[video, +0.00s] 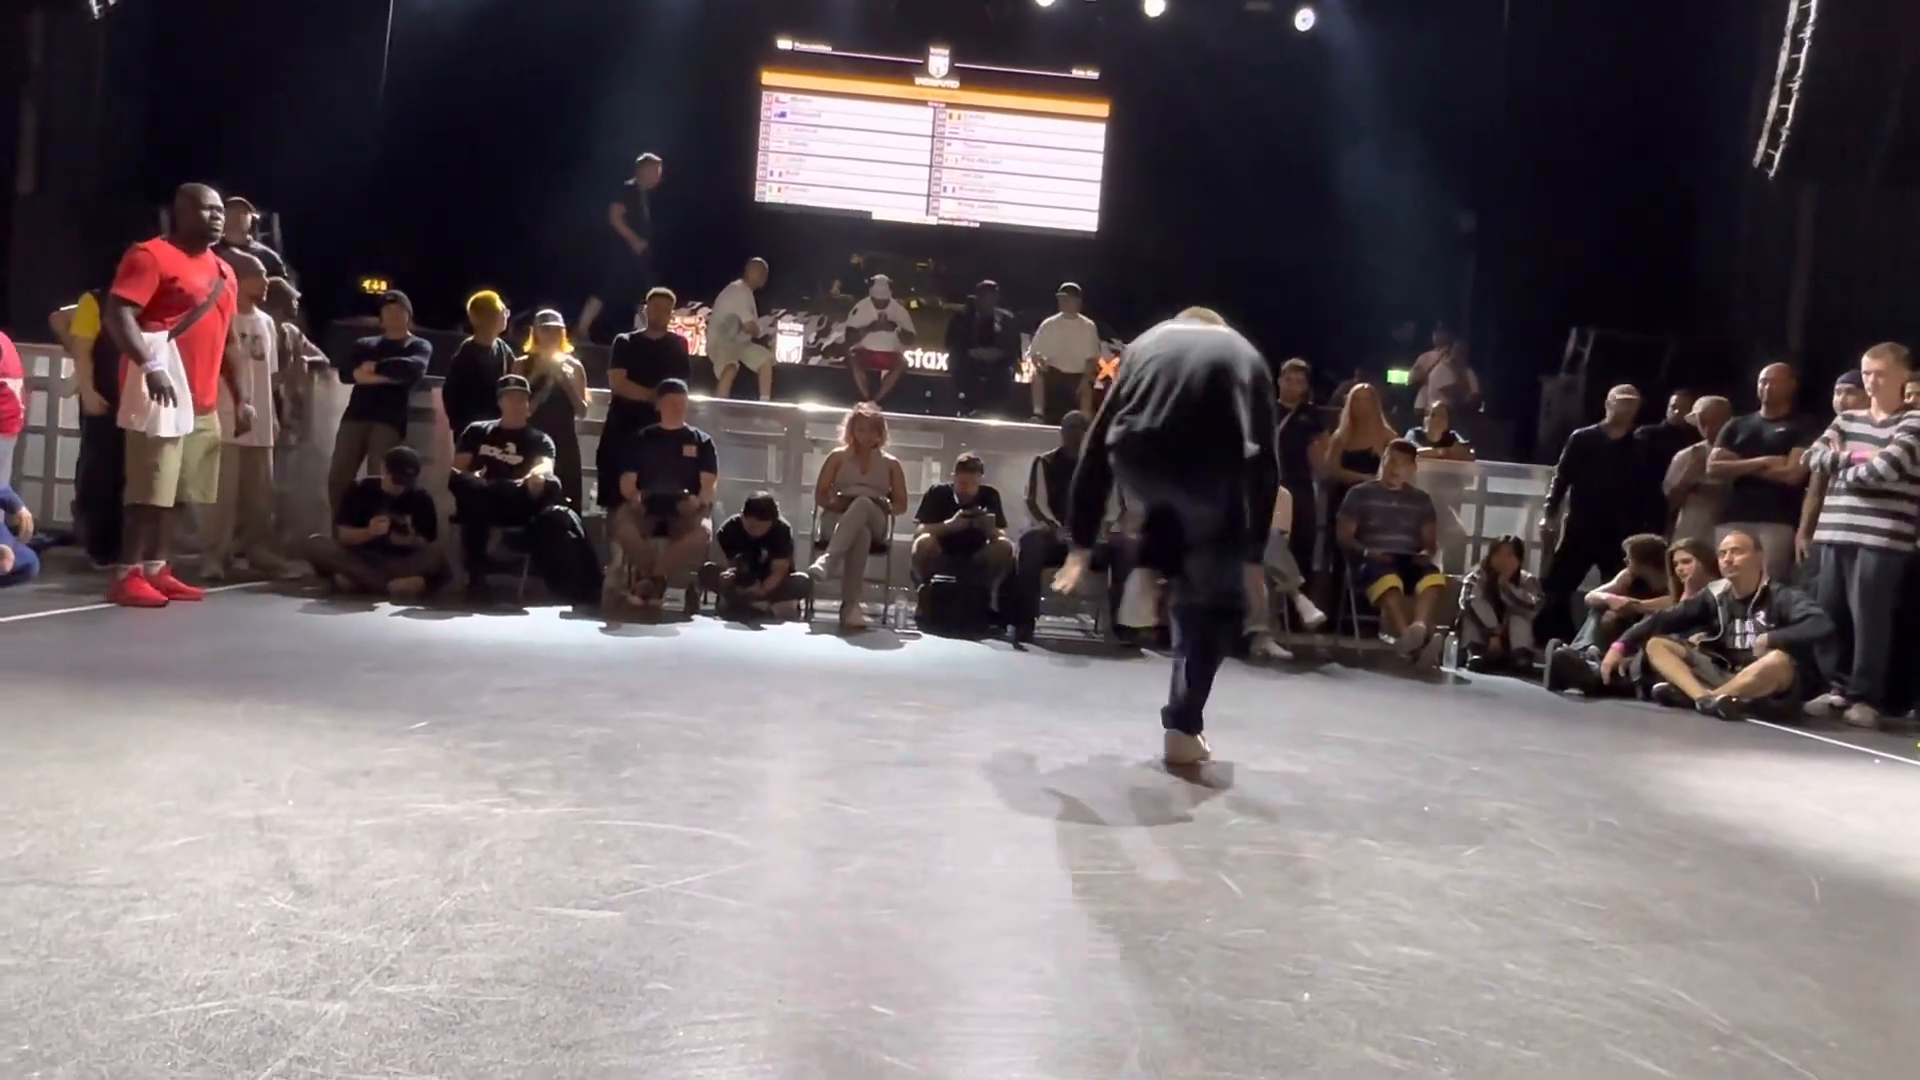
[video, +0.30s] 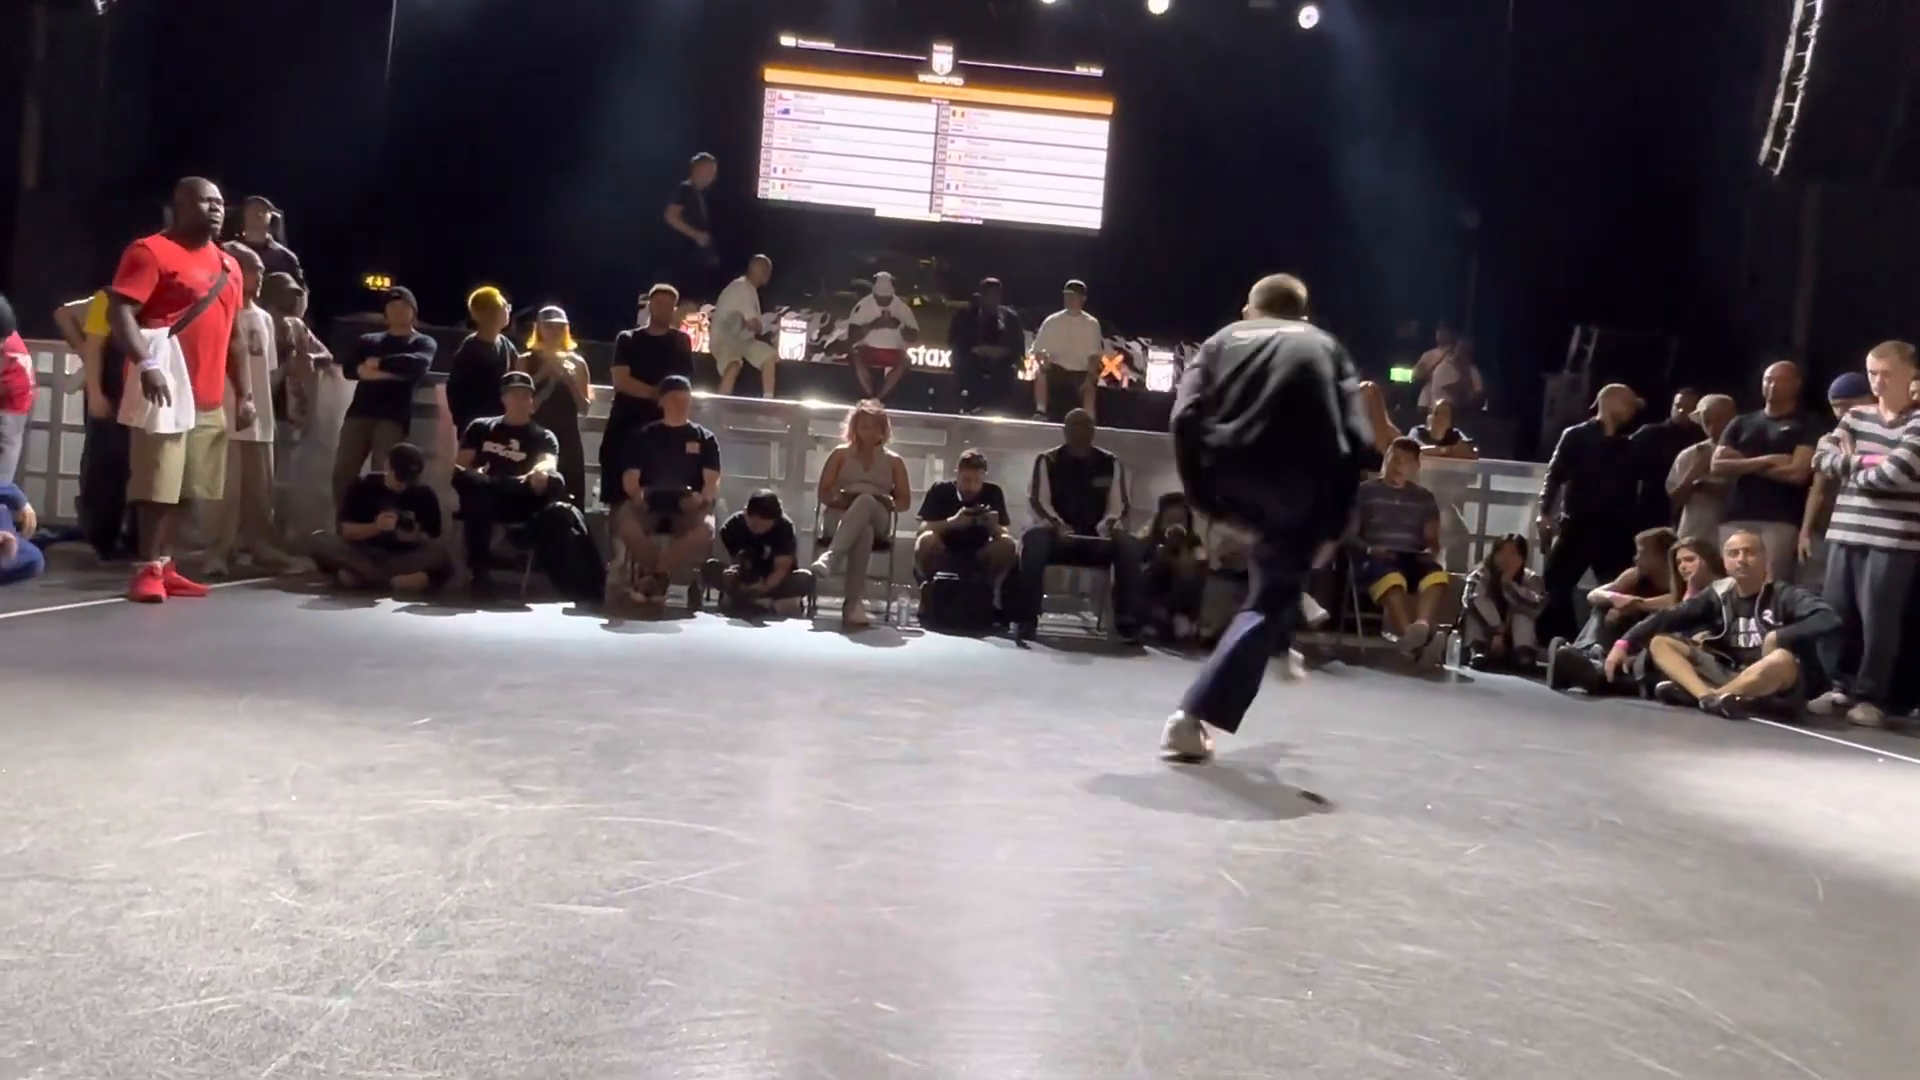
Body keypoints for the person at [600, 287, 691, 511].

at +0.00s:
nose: (660, 313)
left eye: (666, 309)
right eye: (656, 307)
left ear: (671, 313)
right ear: (646, 309)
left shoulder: (678, 344)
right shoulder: (625, 341)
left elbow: (680, 390)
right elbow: (616, 383)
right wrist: (655, 396)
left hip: (660, 426)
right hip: (623, 424)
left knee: (657, 494)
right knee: (616, 496)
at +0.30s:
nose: (663, 308)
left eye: (668, 303)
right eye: (658, 302)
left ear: (674, 308)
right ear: (649, 305)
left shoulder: (681, 341)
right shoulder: (627, 338)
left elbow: (683, 387)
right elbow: (620, 381)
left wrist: (632, 382)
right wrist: (659, 394)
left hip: (663, 424)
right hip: (626, 422)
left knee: (660, 492)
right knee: (619, 494)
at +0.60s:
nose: (668, 308)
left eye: (673, 303)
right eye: (663, 302)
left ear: (677, 307)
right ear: (652, 304)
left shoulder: (684, 339)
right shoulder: (631, 336)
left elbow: (687, 385)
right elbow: (623, 379)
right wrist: (663, 392)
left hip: (667, 422)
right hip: (630, 421)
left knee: (664, 490)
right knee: (622, 493)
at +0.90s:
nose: (671, 305)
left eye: (675, 300)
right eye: (665, 299)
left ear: (679, 304)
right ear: (654, 301)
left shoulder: (686, 335)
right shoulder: (632, 333)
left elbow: (688, 381)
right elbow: (624, 376)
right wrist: (662, 388)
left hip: (668, 420)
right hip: (631, 418)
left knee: (665, 487)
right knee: (622, 489)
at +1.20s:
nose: (672, 304)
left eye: (676, 299)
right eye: (666, 298)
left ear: (681, 303)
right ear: (655, 300)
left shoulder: (687, 334)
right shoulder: (634, 332)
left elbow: (690, 380)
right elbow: (626, 375)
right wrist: (664, 387)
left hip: (670, 420)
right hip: (632, 418)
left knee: (666, 488)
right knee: (624, 490)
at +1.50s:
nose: (670, 304)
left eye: (675, 299)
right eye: (665, 298)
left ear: (680, 303)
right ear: (654, 300)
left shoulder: (687, 334)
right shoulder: (634, 332)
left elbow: (689, 380)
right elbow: (626, 374)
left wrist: (640, 378)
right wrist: (665, 387)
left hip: (669, 423)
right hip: (631, 420)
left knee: (665, 492)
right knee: (624, 493)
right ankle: (621, 553)